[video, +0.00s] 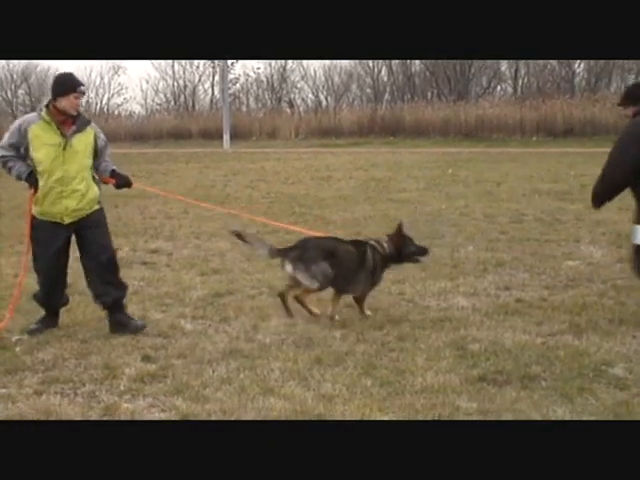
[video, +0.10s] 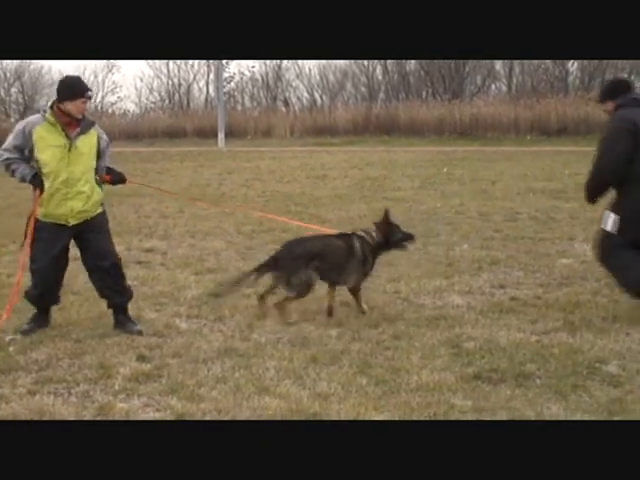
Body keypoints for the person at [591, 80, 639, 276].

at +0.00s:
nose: (627, 113)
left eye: (629, 107)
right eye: (627, 108)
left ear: (636, 107)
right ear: (636, 107)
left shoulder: (634, 130)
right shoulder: (632, 129)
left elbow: (620, 166)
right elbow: (620, 166)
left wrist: (598, 196)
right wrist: (599, 195)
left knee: (637, 262)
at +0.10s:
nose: (604, 109)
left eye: (605, 104)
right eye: (603, 104)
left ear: (615, 100)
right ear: (626, 96)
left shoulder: (624, 120)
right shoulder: (631, 115)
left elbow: (610, 161)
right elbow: (613, 160)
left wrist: (592, 190)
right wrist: (594, 188)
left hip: (632, 199)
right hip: (631, 196)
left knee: (611, 248)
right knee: (619, 246)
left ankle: (636, 287)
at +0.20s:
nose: (583, 106)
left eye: (583, 100)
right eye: (582, 101)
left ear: (592, 96)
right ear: (608, 91)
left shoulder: (602, 115)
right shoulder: (632, 110)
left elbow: (590, 156)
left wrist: (566, 180)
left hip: (616, 194)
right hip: (634, 193)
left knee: (582, 236)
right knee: (632, 244)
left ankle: (586, 299)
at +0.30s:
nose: (564, 111)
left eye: (564, 105)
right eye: (562, 106)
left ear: (574, 101)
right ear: (589, 96)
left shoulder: (582, 121)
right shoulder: (623, 119)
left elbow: (563, 163)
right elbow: (637, 154)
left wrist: (537, 187)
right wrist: (623, 179)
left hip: (593, 200)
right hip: (626, 199)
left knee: (563, 245)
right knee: (630, 251)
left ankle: (541, 301)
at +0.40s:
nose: (546, 121)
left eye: (547, 116)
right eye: (545, 116)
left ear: (558, 112)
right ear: (570, 107)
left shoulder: (563, 135)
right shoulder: (609, 126)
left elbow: (548, 174)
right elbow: (626, 160)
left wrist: (529, 198)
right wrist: (614, 186)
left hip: (577, 204)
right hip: (608, 203)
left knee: (542, 243)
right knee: (593, 244)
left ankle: (534, 302)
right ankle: (635, 283)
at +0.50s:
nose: (541, 122)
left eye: (541, 117)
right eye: (539, 117)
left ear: (552, 113)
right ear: (564, 106)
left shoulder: (561, 133)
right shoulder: (602, 124)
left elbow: (546, 186)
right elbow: (615, 161)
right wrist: (600, 178)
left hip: (577, 201)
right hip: (603, 199)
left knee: (543, 241)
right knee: (575, 239)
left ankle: (533, 301)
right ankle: (607, 280)